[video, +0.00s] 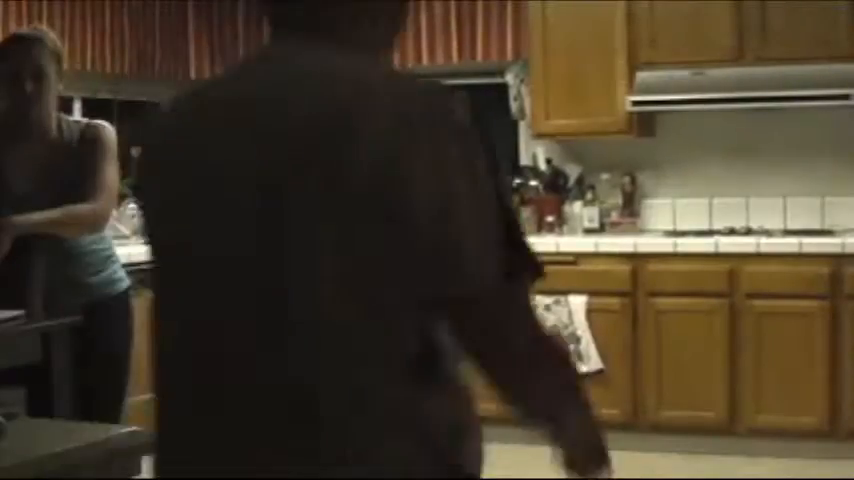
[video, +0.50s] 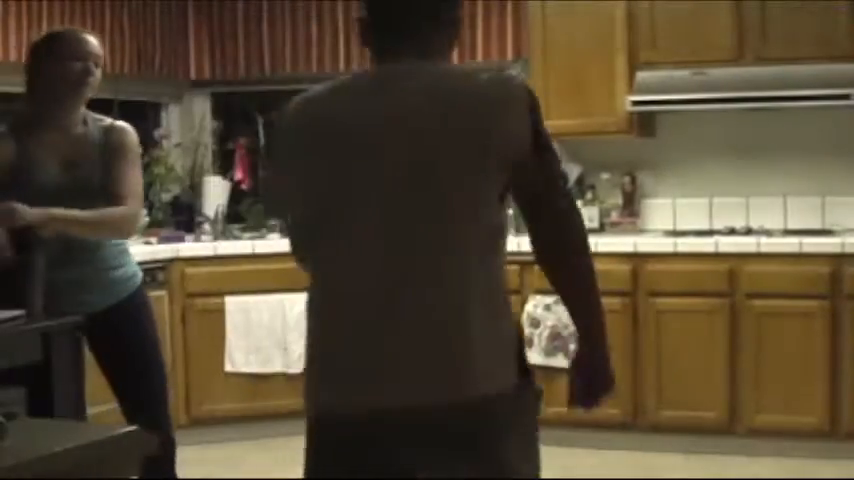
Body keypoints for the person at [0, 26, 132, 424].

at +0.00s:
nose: (26, 88)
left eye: (37, 77)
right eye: (15, 78)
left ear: (58, 80)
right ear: (2, 83)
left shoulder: (94, 135)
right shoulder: (7, 143)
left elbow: (98, 213)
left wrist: (16, 225)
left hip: (97, 298)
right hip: (30, 304)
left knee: (97, 431)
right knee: (41, 427)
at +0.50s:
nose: (89, 71)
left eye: (96, 64)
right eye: (76, 61)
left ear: (102, 75)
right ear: (43, 67)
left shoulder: (117, 136)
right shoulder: (13, 137)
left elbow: (129, 219)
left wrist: (45, 217)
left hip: (113, 296)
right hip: (38, 303)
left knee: (154, 425)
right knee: (52, 434)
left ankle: (161, 478)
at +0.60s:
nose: (106, 68)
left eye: (110, 61)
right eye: (91, 58)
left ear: (115, 73)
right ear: (55, 69)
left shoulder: (129, 135)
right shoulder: (21, 142)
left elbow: (156, 220)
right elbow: (2, 204)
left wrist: (77, 227)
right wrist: (22, 221)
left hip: (123, 298)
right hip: (51, 306)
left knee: (156, 420)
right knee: (62, 432)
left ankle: (155, 477)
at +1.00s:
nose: (177, 81)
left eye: (179, 73)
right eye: (164, 73)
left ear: (179, 80)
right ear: (130, 82)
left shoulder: (170, 140)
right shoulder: (124, 143)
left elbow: (185, 211)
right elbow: (138, 213)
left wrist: (213, 251)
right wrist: (237, 230)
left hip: (170, 296)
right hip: (126, 297)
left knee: (193, 410)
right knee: (135, 420)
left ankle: (159, 476)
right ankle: (120, 477)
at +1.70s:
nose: (293, 81)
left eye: (289, 73)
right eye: (281, 74)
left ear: (250, 87)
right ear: (250, 85)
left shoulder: (236, 137)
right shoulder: (265, 140)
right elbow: (309, 206)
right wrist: (366, 163)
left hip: (235, 281)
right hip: (260, 285)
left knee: (280, 386)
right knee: (289, 387)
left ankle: (241, 473)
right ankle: (252, 475)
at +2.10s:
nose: (330, 85)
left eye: (327, 76)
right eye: (319, 78)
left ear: (291, 89)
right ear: (288, 87)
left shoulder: (285, 141)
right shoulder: (295, 143)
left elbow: (313, 224)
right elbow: (357, 204)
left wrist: (386, 226)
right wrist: (426, 182)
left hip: (274, 276)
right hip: (284, 279)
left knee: (299, 379)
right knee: (347, 378)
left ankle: (252, 474)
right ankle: (304, 472)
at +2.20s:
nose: (352, 84)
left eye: (349, 77)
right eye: (340, 78)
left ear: (328, 89)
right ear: (309, 88)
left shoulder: (340, 140)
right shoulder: (308, 146)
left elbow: (364, 216)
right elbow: (368, 205)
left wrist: (423, 215)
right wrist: (442, 187)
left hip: (318, 280)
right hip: (295, 281)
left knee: (303, 383)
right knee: (362, 375)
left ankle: (246, 472)